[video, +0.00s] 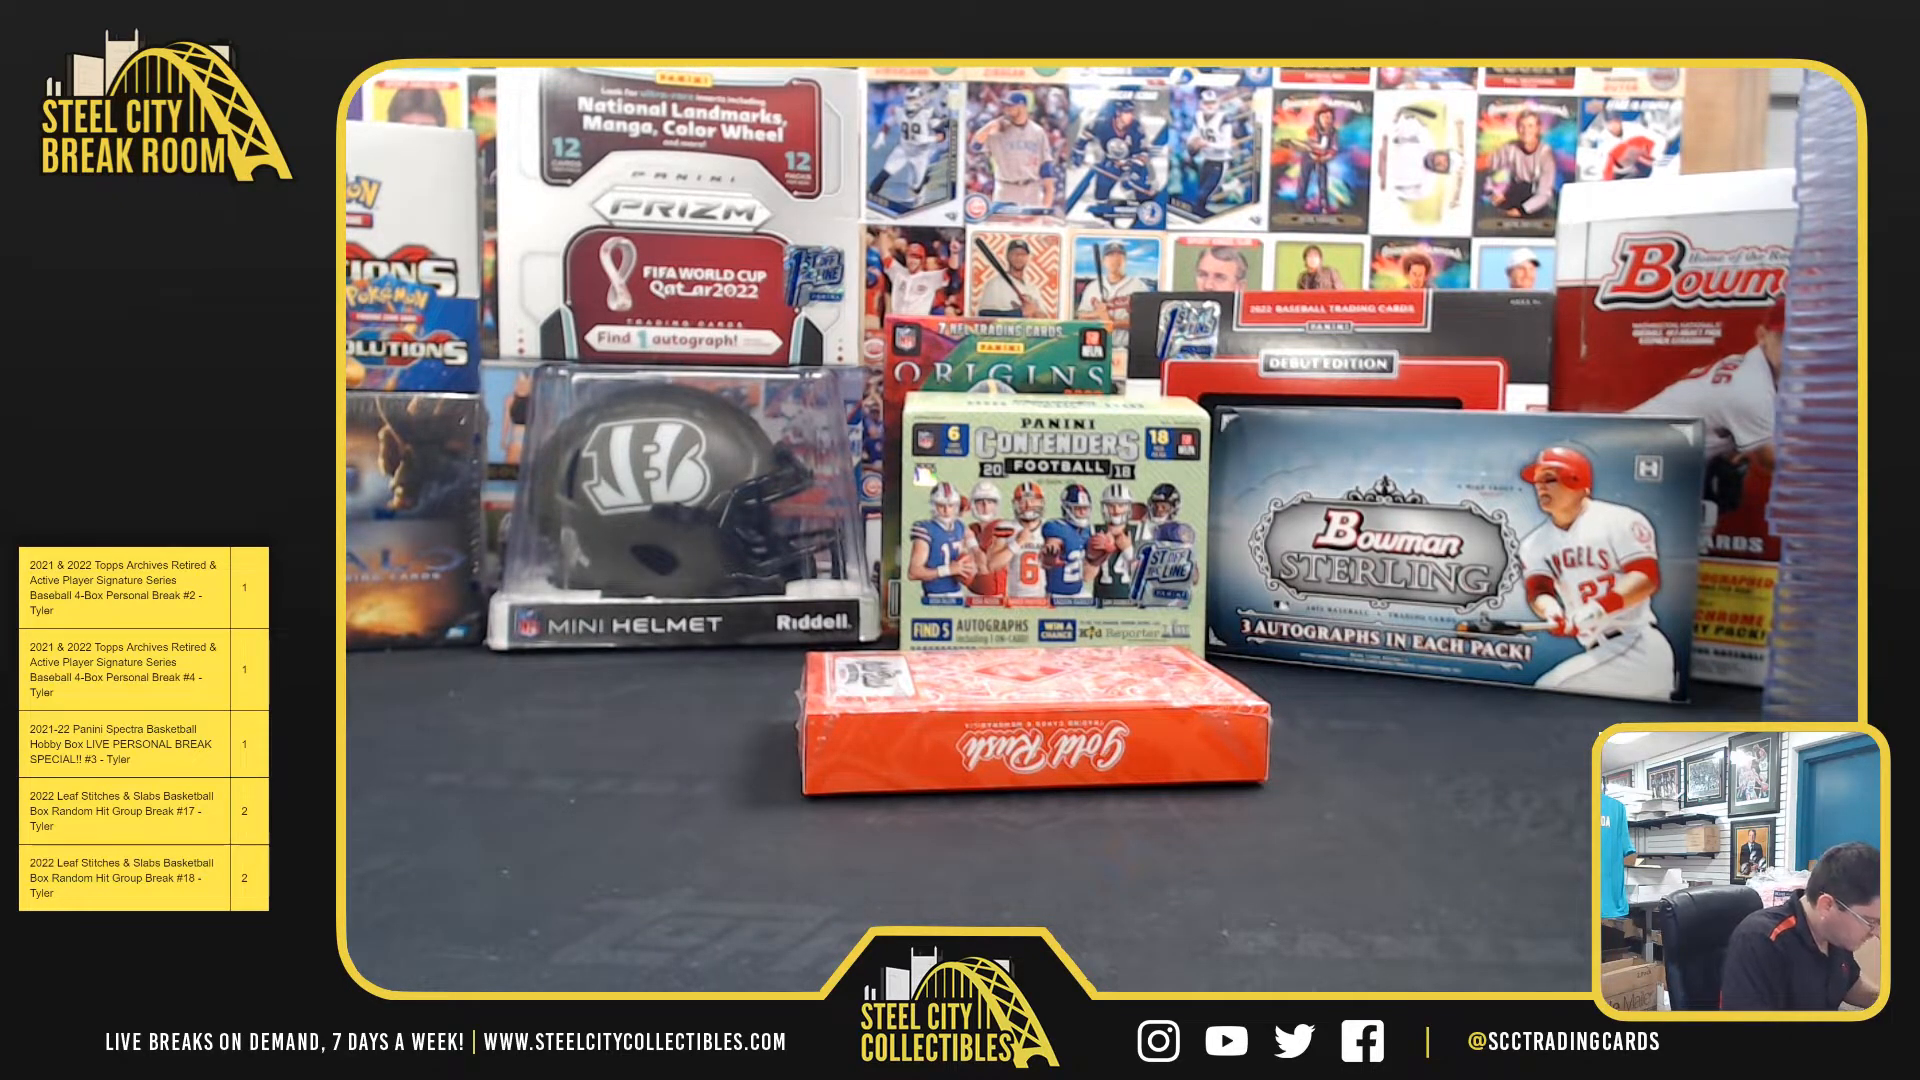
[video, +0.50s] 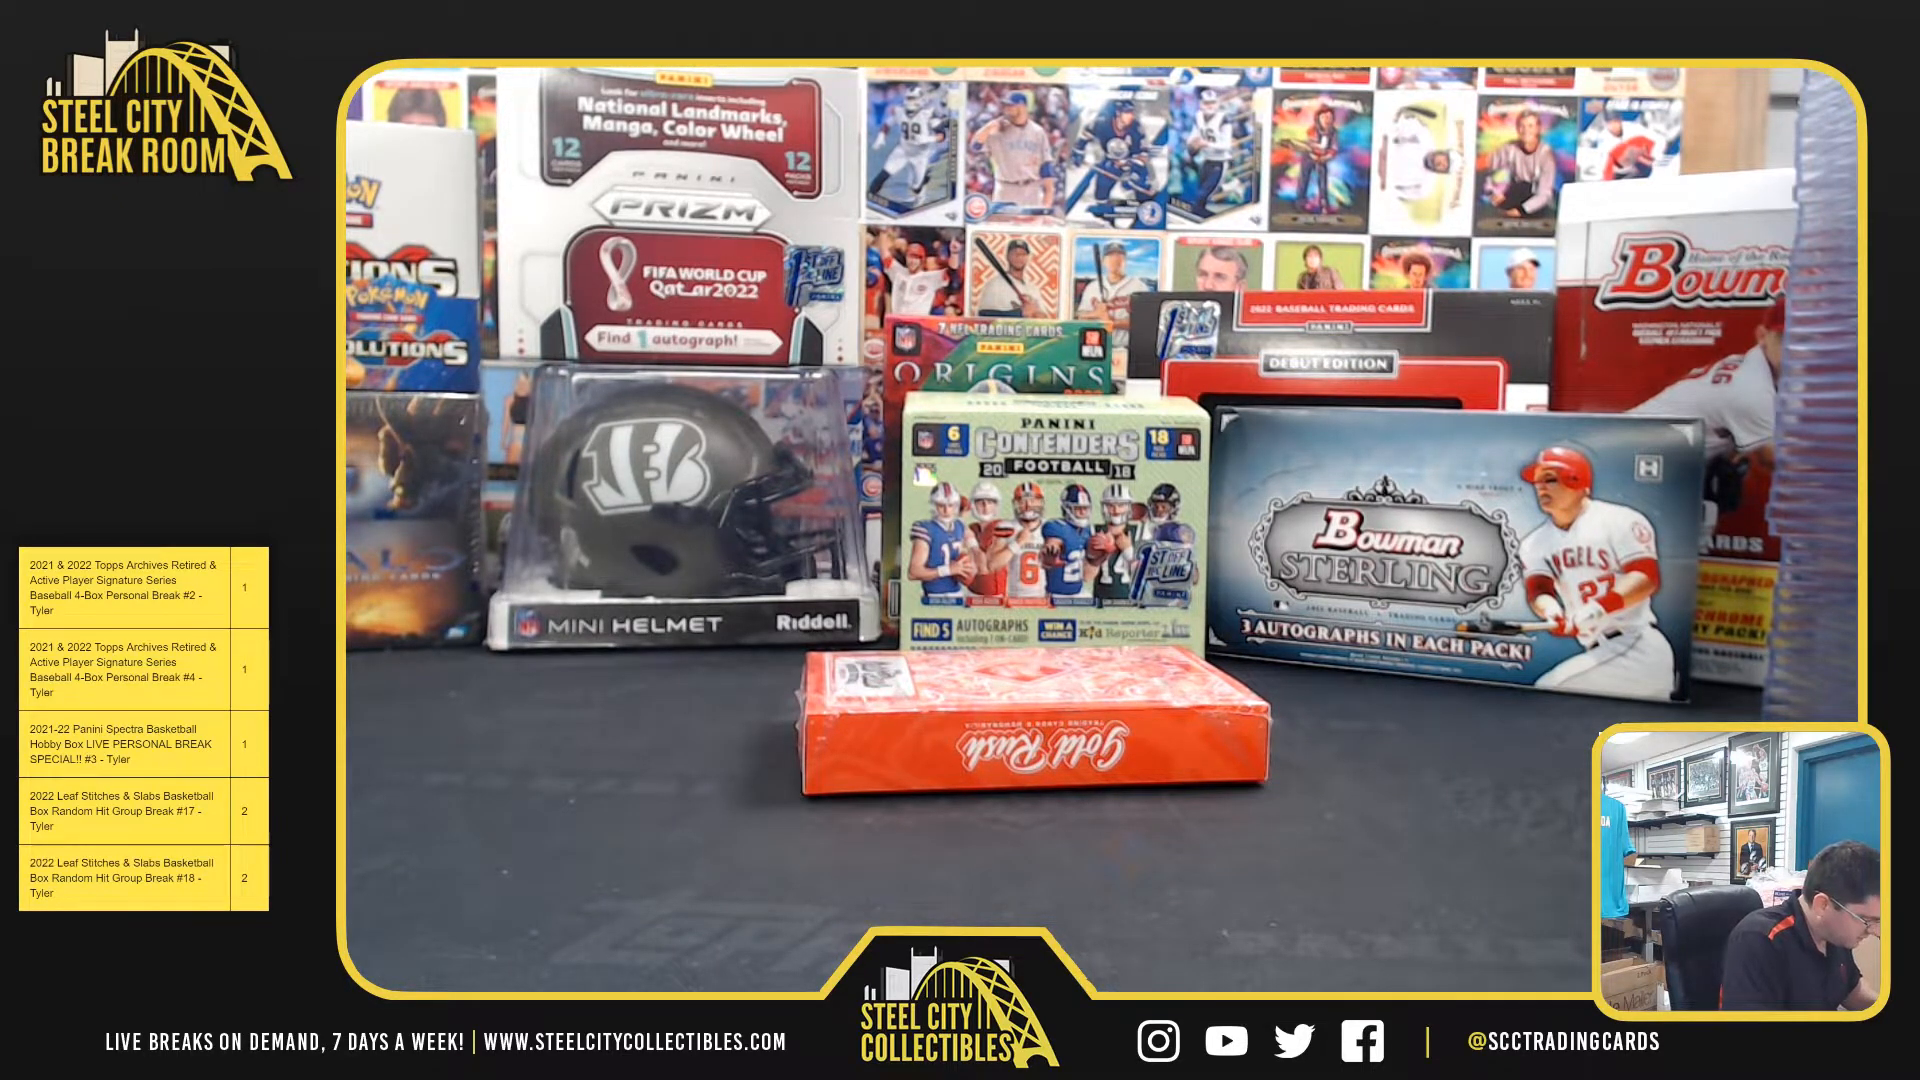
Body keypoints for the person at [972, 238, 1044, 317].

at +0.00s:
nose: (1019, 258)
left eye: (1023, 254)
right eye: (1015, 254)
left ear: (1028, 258)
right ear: (1008, 256)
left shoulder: (1032, 288)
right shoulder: (995, 284)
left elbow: (1045, 317)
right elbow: (985, 314)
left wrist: (1034, 310)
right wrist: (1020, 313)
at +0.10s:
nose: (1019, 258)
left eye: (1023, 254)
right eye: (1016, 254)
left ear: (1028, 258)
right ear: (1008, 256)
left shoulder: (1032, 289)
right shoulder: (995, 284)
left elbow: (1045, 317)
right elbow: (985, 314)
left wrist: (1033, 310)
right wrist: (1020, 313)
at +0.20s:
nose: (1019, 257)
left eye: (1023, 254)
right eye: (1015, 254)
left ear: (1028, 258)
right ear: (1008, 256)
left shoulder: (1032, 288)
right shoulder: (995, 285)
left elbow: (1044, 317)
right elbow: (985, 315)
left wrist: (1033, 311)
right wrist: (1020, 313)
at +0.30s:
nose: (1019, 257)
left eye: (1023, 254)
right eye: (1015, 254)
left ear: (1028, 258)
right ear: (1008, 256)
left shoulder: (1033, 288)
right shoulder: (995, 285)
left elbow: (1044, 317)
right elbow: (985, 315)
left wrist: (1033, 310)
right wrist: (1020, 313)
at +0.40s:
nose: (1019, 257)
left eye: (1023, 254)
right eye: (1015, 254)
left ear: (1028, 258)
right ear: (1008, 256)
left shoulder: (1033, 288)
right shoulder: (995, 285)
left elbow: (1044, 317)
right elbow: (985, 315)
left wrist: (1033, 310)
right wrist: (1020, 313)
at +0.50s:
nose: (1019, 257)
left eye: (1023, 254)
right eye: (1015, 254)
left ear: (1028, 258)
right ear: (1008, 256)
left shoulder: (1033, 288)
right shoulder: (995, 285)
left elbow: (1044, 317)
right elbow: (985, 315)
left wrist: (1033, 310)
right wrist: (1020, 313)